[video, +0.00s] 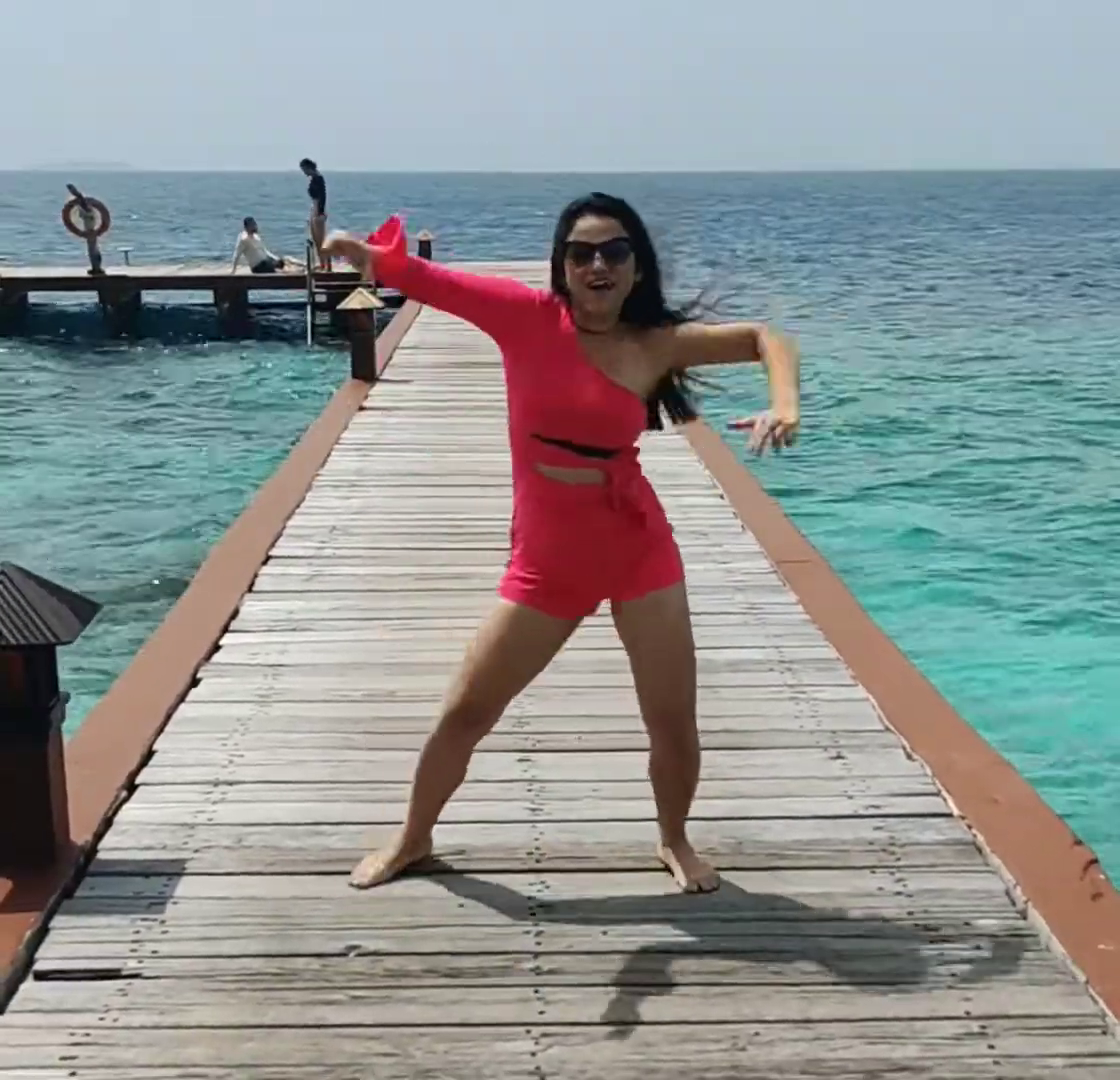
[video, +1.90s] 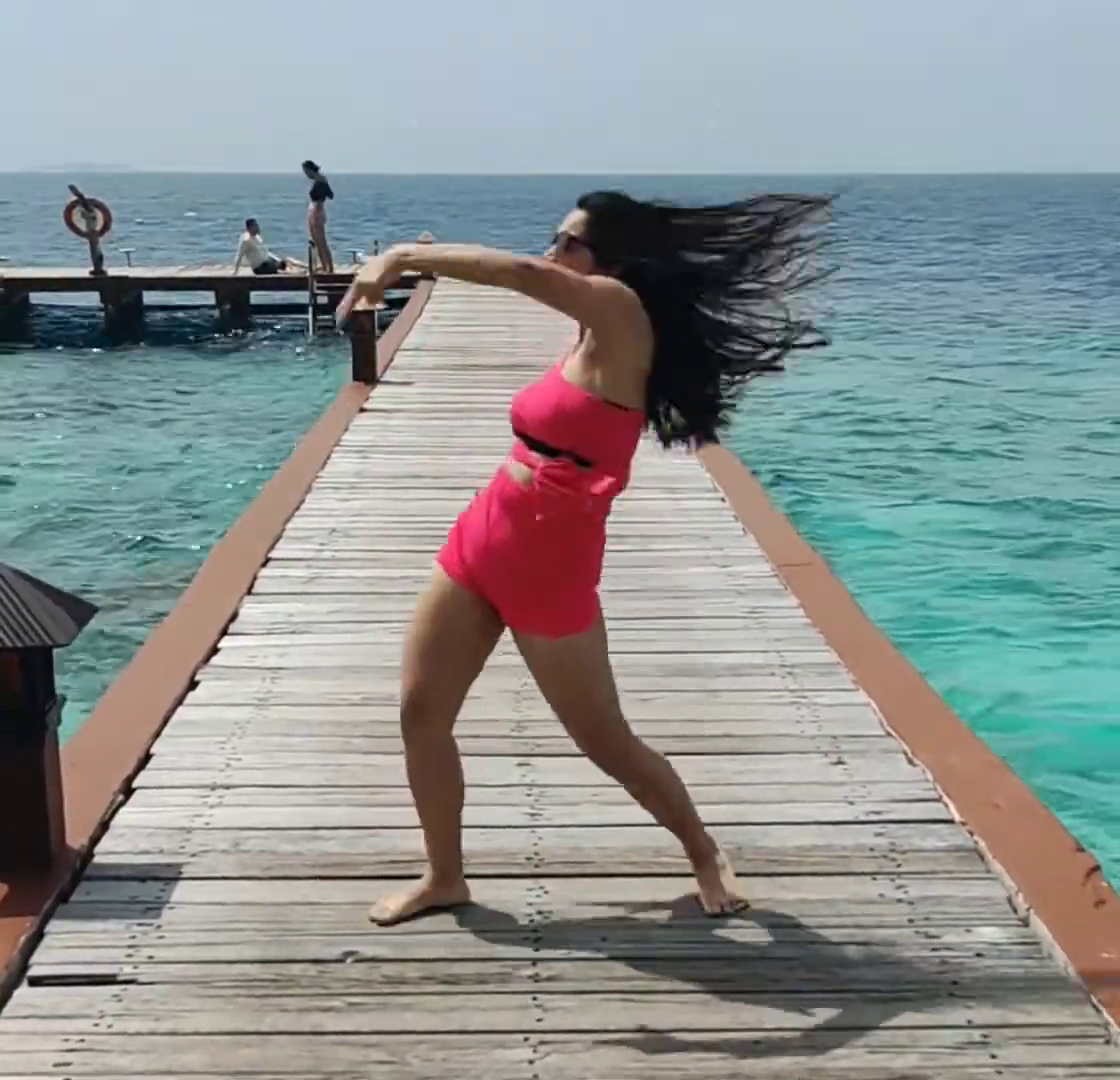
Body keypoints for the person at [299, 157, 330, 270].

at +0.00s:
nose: (304, 172)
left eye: (305, 169)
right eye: (303, 170)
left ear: (310, 168)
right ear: (309, 168)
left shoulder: (317, 180)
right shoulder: (314, 179)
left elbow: (319, 198)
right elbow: (315, 198)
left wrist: (318, 213)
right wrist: (312, 214)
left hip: (319, 213)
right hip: (314, 212)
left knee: (320, 239)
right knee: (316, 239)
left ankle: (326, 265)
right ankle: (322, 264)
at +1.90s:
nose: (306, 175)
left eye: (306, 172)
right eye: (305, 172)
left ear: (311, 170)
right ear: (313, 169)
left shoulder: (320, 181)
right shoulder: (317, 181)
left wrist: (318, 211)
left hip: (317, 212)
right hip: (313, 211)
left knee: (321, 241)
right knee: (316, 241)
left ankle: (329, 268)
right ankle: (323, 267)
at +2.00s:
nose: (306, 174)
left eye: (307, 171)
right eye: (305, 171)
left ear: (311, 170)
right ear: (312, 169)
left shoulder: (321, 181)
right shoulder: (316, 181)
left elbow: (330, 195)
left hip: (318, 211)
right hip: (312, 211)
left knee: (321, 241)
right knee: (316, 241)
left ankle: (329, 268)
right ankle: (324, 267)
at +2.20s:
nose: (308, 173)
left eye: (308, 171)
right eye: (307, 171)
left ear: (314, 169)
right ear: (313, 169)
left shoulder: (321, 182)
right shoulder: (317, 182)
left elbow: (315, 197)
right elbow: (314, 196)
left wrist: (306, 184)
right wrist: (306, 183)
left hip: (318, 211)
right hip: (312, 211)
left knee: (321, 241)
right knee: (316, 241)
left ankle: (329, 268)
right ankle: (323, 267)